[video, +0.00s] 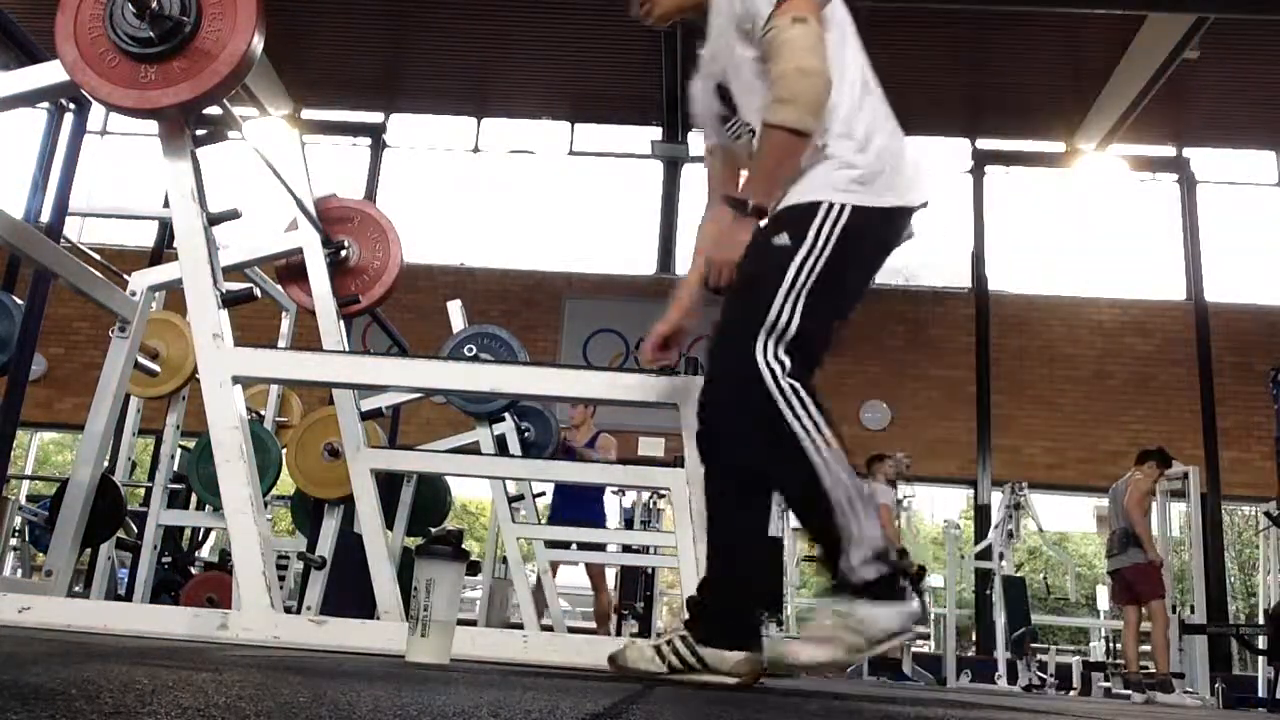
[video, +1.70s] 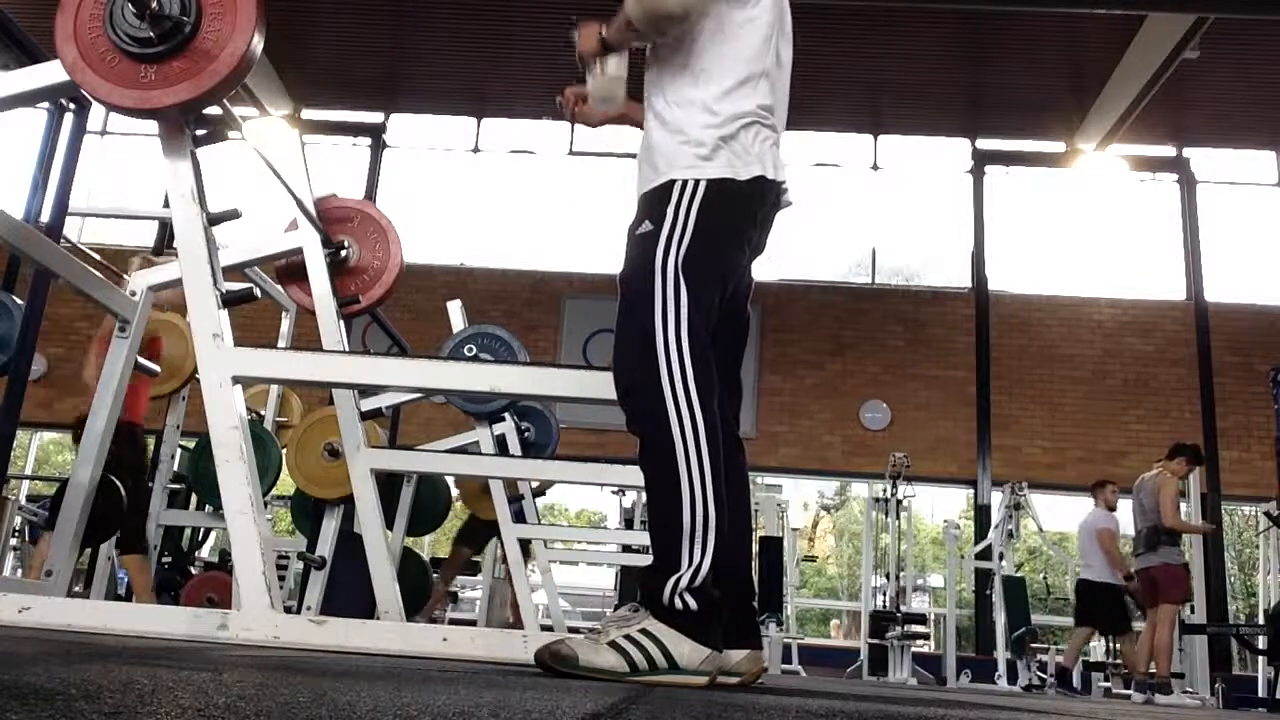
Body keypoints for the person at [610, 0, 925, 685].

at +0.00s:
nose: (638, 7)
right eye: (634, 5)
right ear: (662, 11)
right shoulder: (712, 66)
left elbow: (803, 84)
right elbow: (725, 191)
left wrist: (745, 207)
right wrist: (690, 301)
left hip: (851, 178)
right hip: (797, 195)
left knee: (762, 368)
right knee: (729, 407)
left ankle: (877, 588)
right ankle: (725, 635)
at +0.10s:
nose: (585, 16)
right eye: (579, 10)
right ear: (602, 19)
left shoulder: (726, 1)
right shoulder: (666, 96)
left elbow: (791, 100)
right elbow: (671, 221)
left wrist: (736, 231)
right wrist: (627, 327)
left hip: (841, 184)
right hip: (785, 206)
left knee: (756, 373)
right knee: (714, 395)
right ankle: (721, 615)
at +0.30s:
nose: (518, 85)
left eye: (516, 59)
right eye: (505, 78)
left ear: (560, 19)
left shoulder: (675, 27)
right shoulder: (613, 147)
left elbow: (775, 143)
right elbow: (595, 272)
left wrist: (729, 276)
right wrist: (536, 388)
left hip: (826, 202)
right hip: (769, 232)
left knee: (719, 384)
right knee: (676, 404)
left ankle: (697, 620)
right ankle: (726, 629)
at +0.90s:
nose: (484, 56)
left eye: (478, 33)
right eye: (473, 50)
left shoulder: (630, 10)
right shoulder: (583, 121)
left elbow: (743, 118)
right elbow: (628, 253)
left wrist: (674, 242)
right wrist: (585, 301)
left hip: (798, 172)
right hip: (746, 200)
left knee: (703, 379)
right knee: (677, 395)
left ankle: (684, 622)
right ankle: (728, 630)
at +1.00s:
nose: (510, 18)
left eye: (511, 1)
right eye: (505, 13)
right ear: (526, 17)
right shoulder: (598, 78)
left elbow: (724, 84)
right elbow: (653, 204)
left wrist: (660, 195)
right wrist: (605, 236)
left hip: (786, 167)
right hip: (744, 189)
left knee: (698, 377)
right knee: (691, 393)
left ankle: (690, 622)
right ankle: (726, 631)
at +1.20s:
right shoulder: (646, 15)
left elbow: (715, 27)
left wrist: (636, 126)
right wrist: (631, 139)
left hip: (750, 157)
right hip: (711, 168)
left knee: (689, 374)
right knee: (692, 383)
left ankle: (691, 623)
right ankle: (728, 631)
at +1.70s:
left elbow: (665, 9)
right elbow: (704, 99)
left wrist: (615, 27)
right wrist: (613, 106)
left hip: (703, 158)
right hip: (717, 164)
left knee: (663, 380)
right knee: (701, 399)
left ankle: (688, 623)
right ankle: (730, 633)